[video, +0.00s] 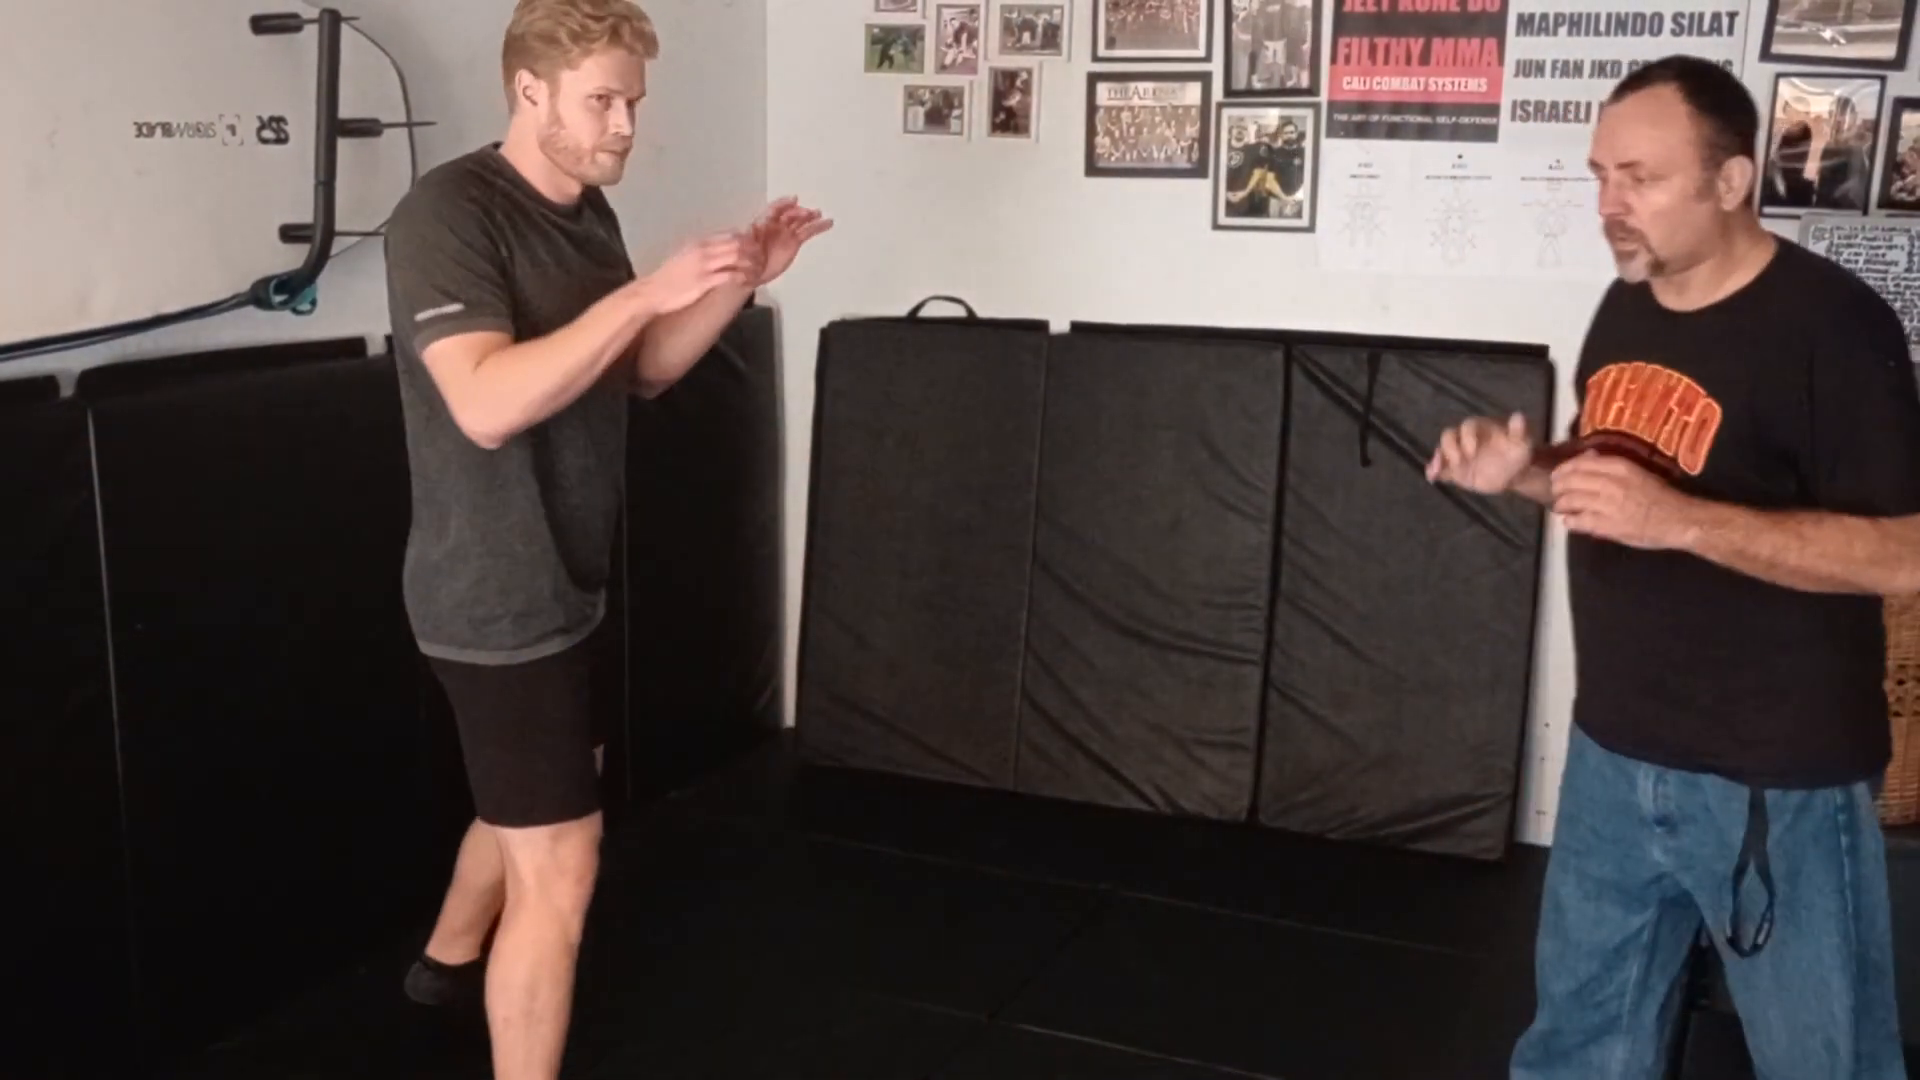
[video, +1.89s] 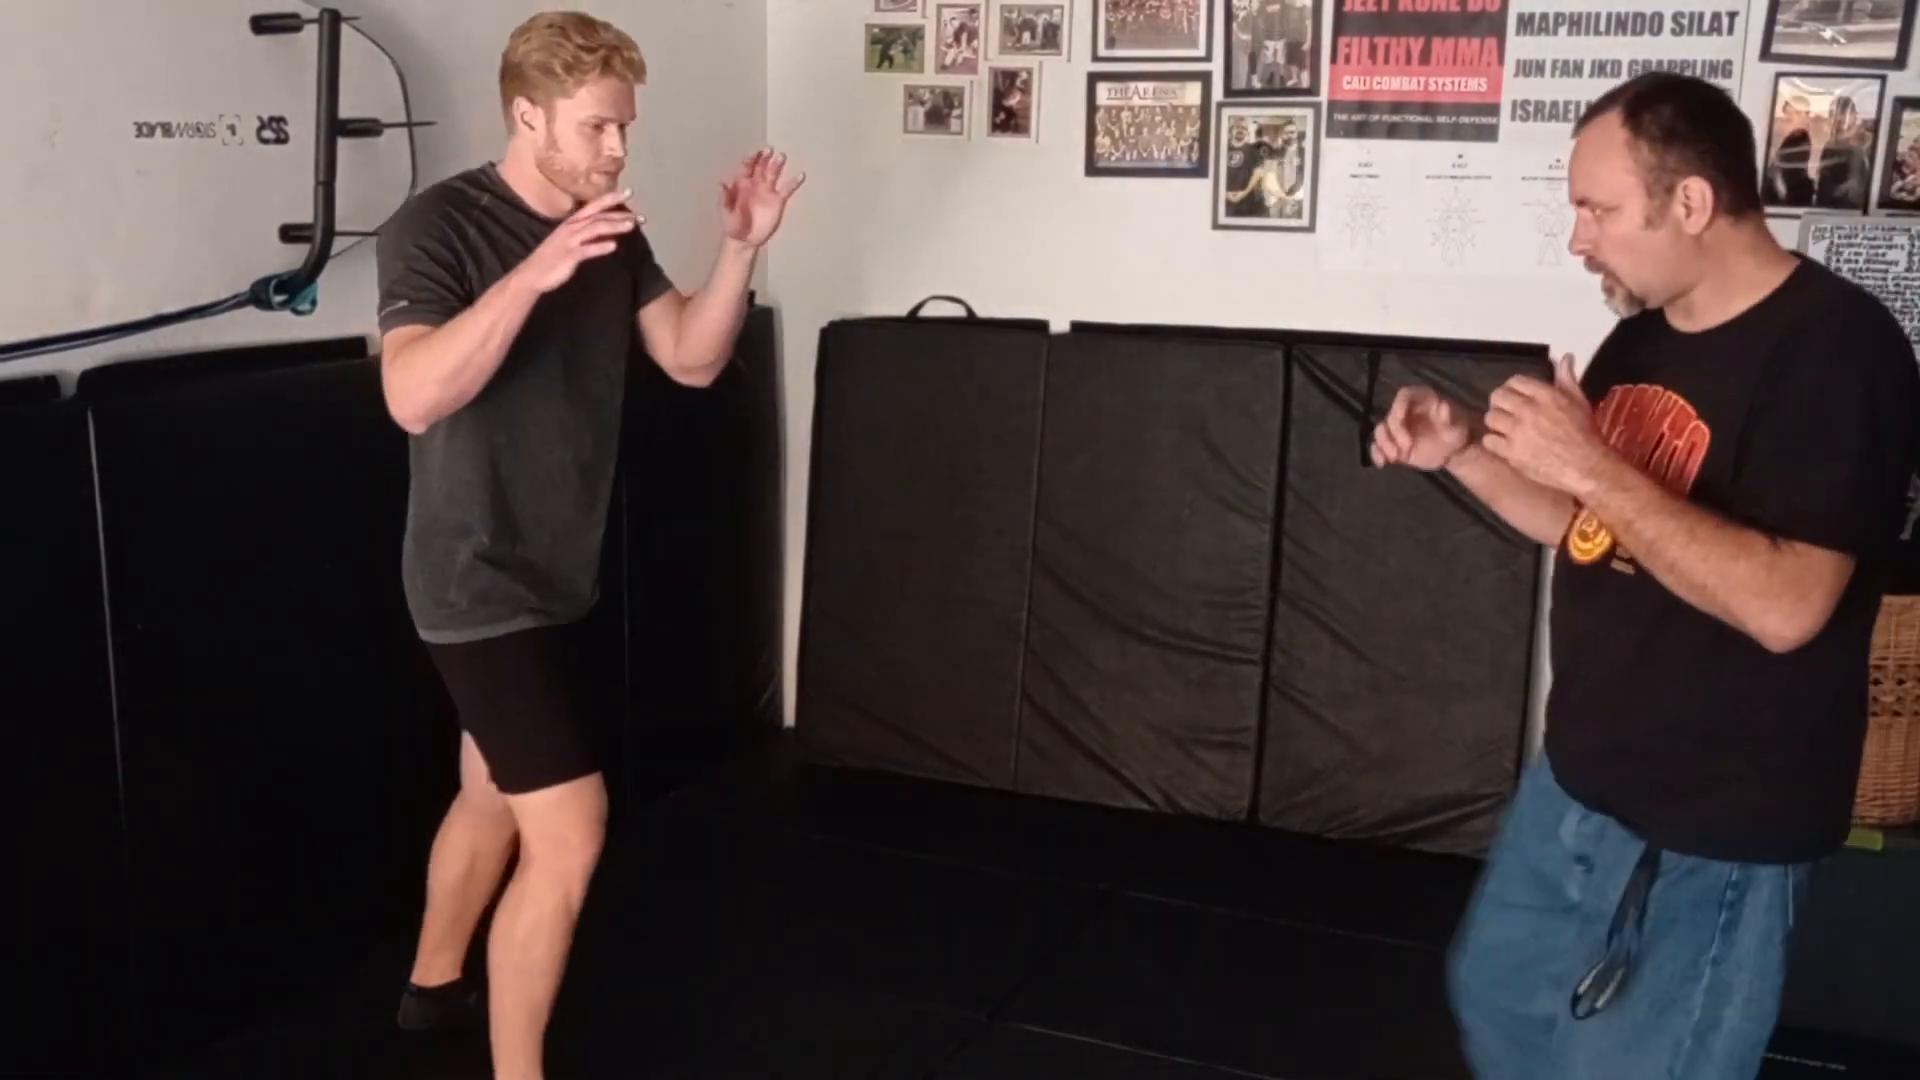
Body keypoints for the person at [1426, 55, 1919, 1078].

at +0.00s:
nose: (1609, 204)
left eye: (1639, 176)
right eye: (1601, 176)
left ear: (1733, 180)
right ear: (1596, 178)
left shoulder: (1840, 327)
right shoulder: (1622, 310)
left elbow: (1903, 551)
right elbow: (1621, 481)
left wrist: (1679, 518)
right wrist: (1524, 471)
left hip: (1789, 788)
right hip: (1613, 764)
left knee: (1825, 1062)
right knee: (1579, 1052)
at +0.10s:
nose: (1669, 225)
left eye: (1699, 196)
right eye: (1664, 196)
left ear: (1801, 204)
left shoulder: (1899, 356)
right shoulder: (1694, 325)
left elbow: (1912, 609)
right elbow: (1677, 507)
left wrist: (1707, 540)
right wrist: (1548, 511)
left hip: (1845, 827)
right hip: (1667, 785)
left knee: (1838, 1068)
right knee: (1604, 1056)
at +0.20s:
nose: (1693, 233)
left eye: (1725, 204)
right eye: (1692, 202)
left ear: (1828, 214)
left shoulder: (1909, 363)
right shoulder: (1738, 337)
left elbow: (1913, 620)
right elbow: (1707, 504)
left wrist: (1734, 561)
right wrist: (1570, 513)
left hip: (1871, 836)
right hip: (1705, 788)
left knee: (1852, 1067)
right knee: (1626, 1056)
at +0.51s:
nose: (1809, 159)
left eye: (1843, 134)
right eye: (1812, 125)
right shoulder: (1836, 276)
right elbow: (1799, 442)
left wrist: (1859, 460)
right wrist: (1677, 426)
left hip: (1909, 788)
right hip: (1793, 754)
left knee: (1892, 1053)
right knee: (1784, 1038)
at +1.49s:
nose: (1695, 230)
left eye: (1719, 201)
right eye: (1697, 198)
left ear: (1820, 203)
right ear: (1812, 206)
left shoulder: (1916, 353)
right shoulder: (1774, 323)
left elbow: (1877, 610)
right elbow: (1727, 512)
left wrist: (1696, 460)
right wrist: (1611, 440)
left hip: (1882, 847)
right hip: (1709, 800)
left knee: (1876, 1063)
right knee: (1657, 1056)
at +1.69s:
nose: (1602, 238)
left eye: (1622, 209)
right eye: (1601, 209)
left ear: (1720, 202)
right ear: (1704, 206)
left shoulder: (1877, 340)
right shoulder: (1660, 333)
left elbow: (1800, 585)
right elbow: (1590, 509)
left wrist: (1614, 437)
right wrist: (1484, 410)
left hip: (1783, 831)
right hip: (1639, 792)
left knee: (1730, 1063)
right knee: (1613, 1055)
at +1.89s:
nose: (1578, 239)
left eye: (1597, 211)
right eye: (1577, 210)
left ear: (1694, 205)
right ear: (1683, 209)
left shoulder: (1850, 351)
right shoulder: (1642, 338)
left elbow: (1787, 605)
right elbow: (1589, 529)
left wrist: (1586, 465)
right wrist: (1465, 455)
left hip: (1723, 840)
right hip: (1575, 785)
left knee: (1649, 1062)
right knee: (1499, 1003)